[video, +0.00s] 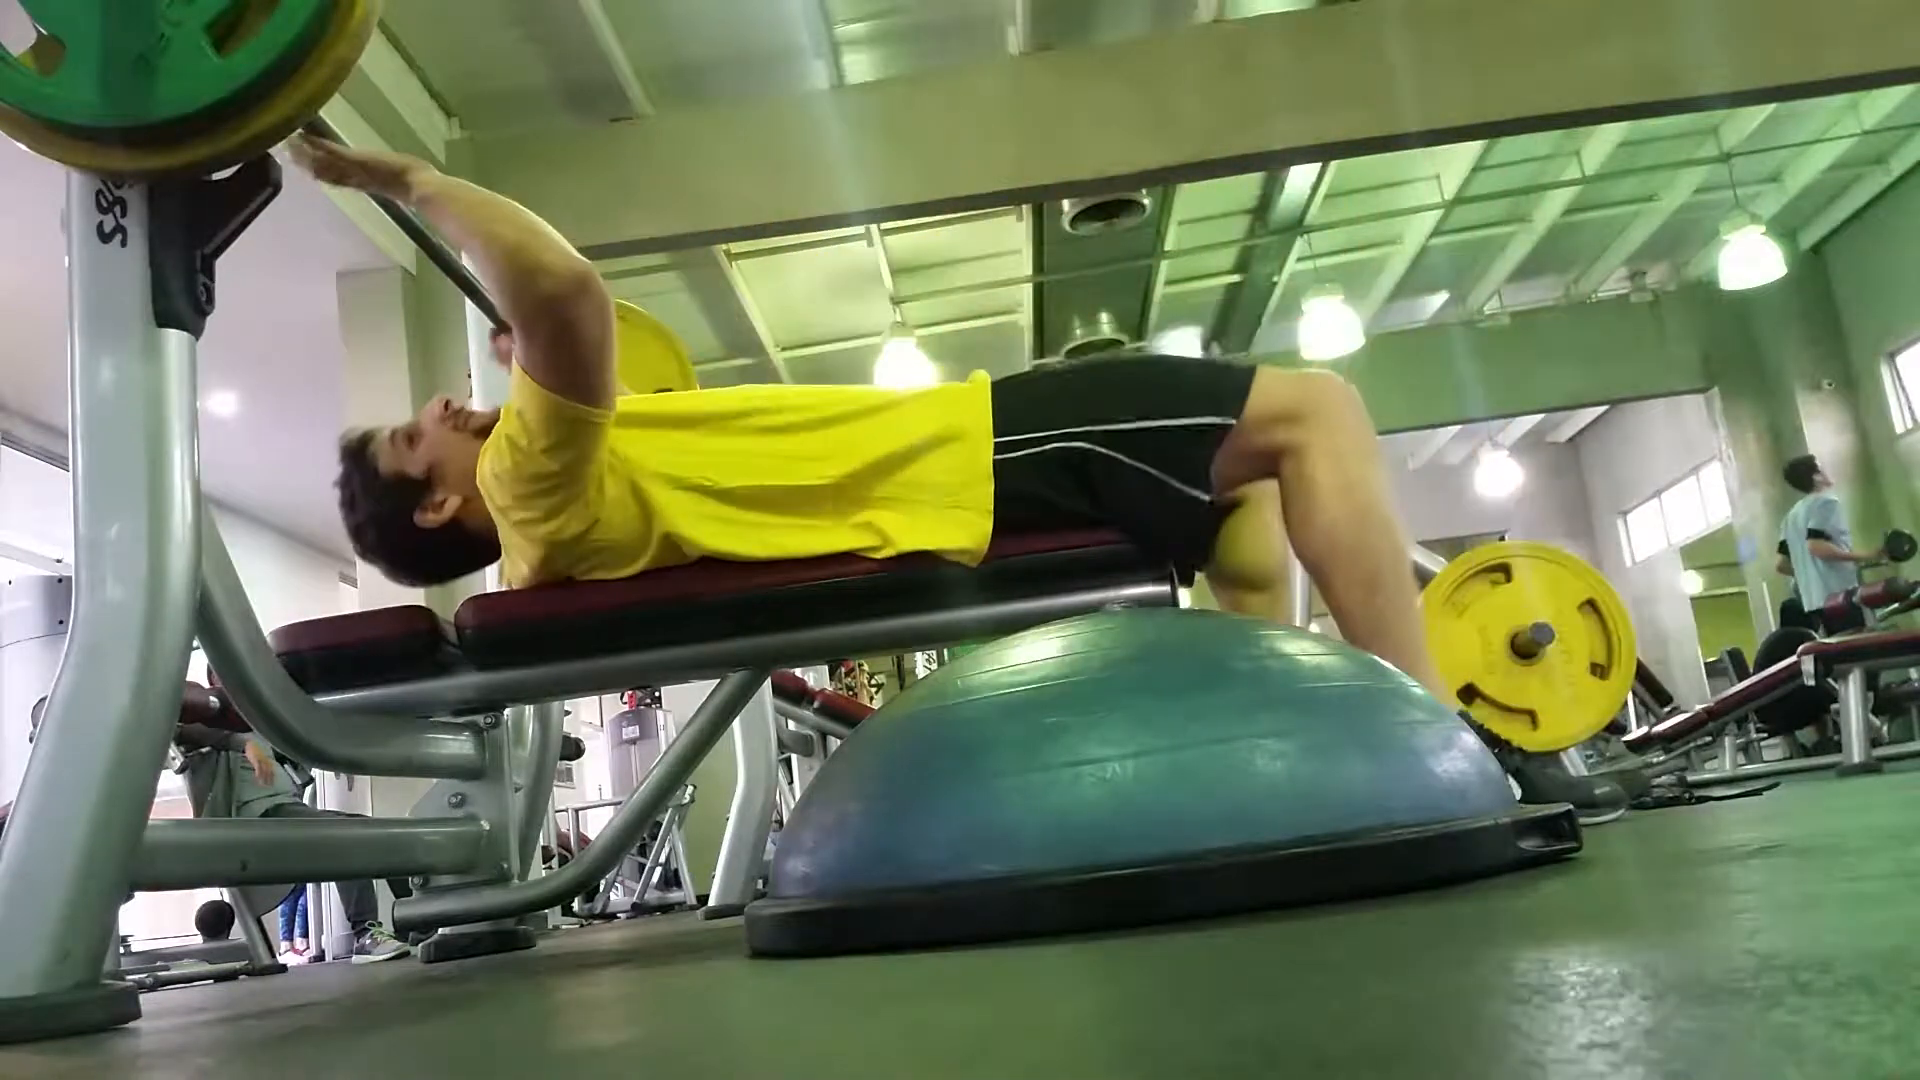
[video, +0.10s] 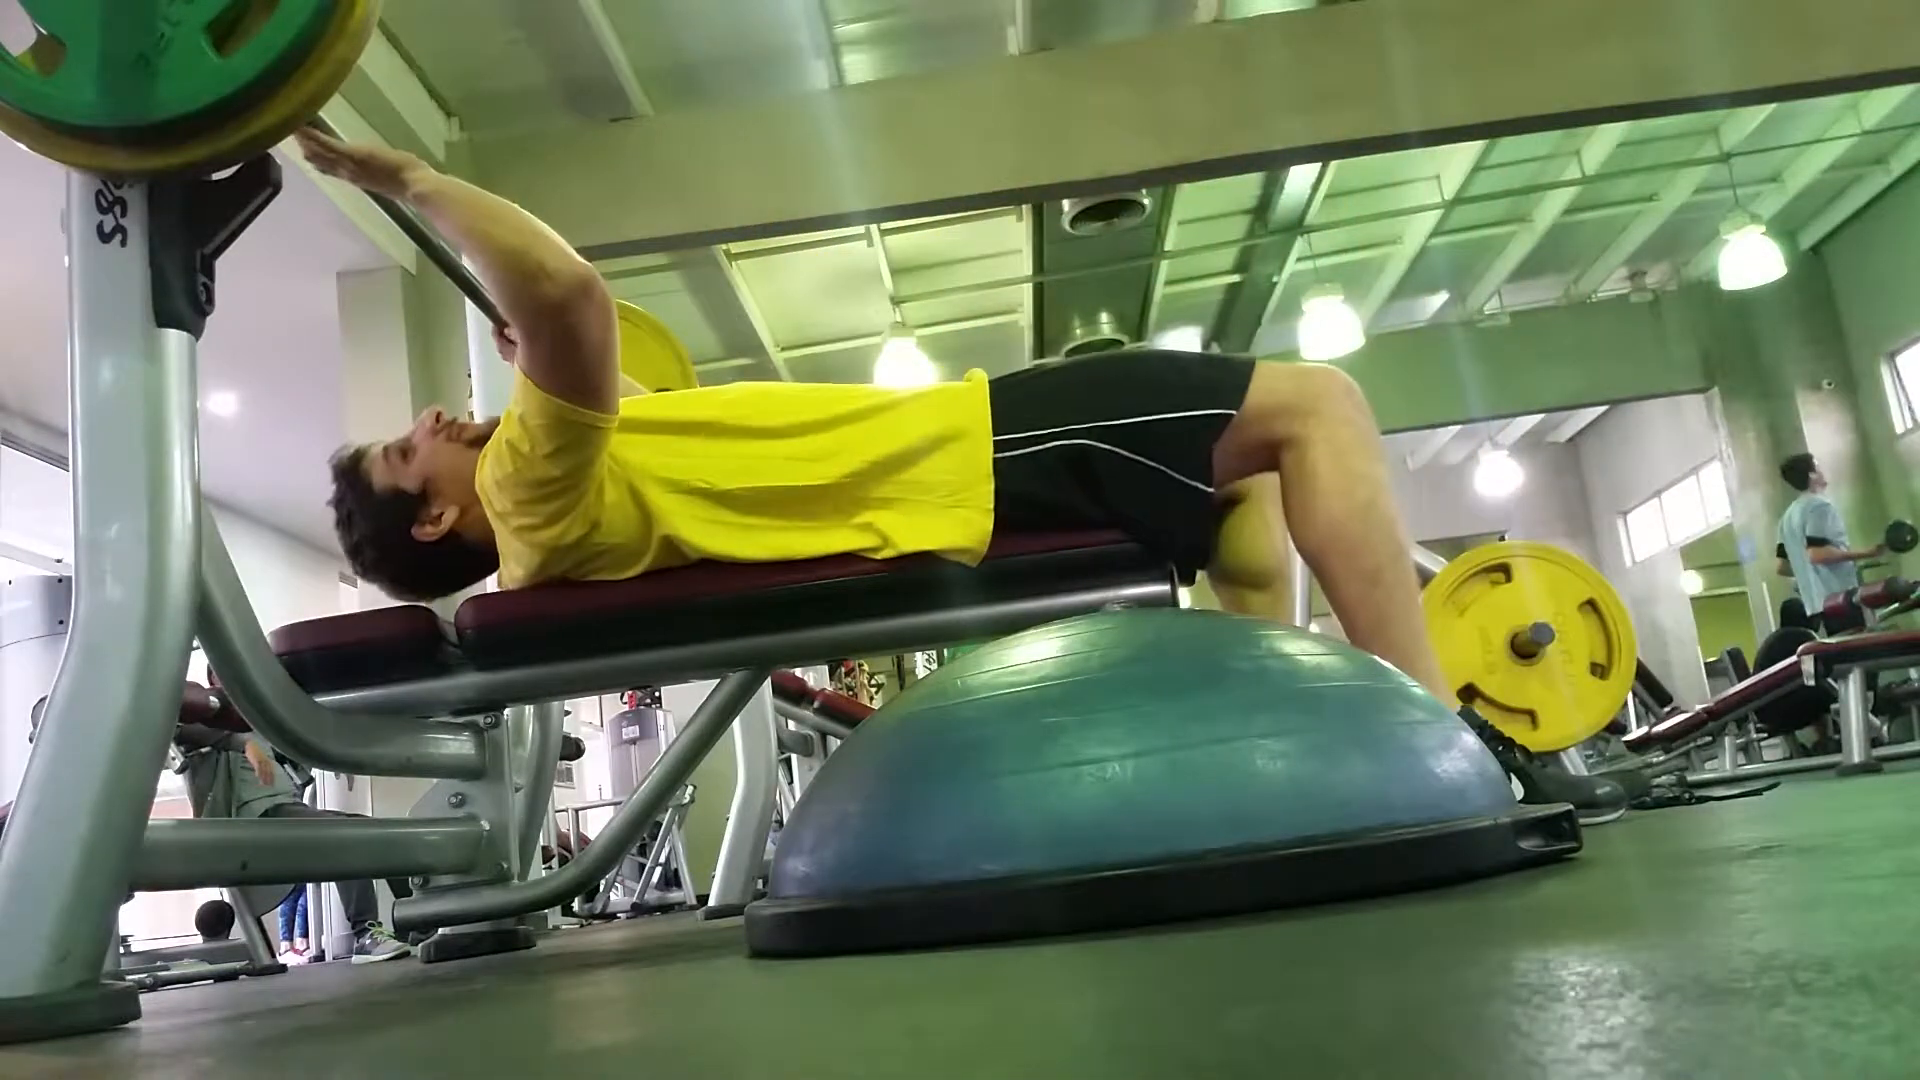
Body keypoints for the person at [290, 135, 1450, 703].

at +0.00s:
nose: (454, 399)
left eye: (431, 402)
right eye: (430, 423)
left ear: (457, 440)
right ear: (437, 497)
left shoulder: (563, 466)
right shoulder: (537, 495)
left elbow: (615, 334)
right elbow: (556, 290)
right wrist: (387, 178)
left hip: (949, 463)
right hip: (954, 459)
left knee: (1245, 518)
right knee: (1311, 409)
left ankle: (1258, 766)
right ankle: (1435, 744)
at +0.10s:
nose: (450, 414)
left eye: (430, 420)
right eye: (426, 438)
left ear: (454, 494)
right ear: (439, 512)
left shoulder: (559, 491)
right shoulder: (542, 509)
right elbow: (562, 301)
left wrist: (807, 671)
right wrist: (407, 180)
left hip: (950, 470)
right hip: (951, 451)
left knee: (1247, 510)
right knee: (1307, 402)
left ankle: (1248, 779)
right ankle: (1438, 745)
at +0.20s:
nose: (437, 421)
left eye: (415, 431)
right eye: (417, 449)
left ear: (451, 484)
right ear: (433, 527)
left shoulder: (565, 475)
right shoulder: (542, 509)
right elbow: (552, 299)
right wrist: (392, 167)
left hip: (949, 464)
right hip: (954, 451)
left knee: (1251, 500)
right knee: (1306, 408)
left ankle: (1247, 767)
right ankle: (1435, 749)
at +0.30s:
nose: (430, 429)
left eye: (407, 440)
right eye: (412, 454)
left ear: (444, 482)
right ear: (430, 528)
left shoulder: (565, 467)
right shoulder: (541, 516)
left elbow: (571, 309)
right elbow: (545, 299)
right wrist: (397, 171)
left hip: (951, 449)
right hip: (953, 458)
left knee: (1250, 488)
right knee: (1306, 407)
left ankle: (1235, 758)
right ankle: (1428, 748)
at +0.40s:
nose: (429, 438)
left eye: (407, 450)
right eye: (413, 466)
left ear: (448, 484)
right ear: (436, 535)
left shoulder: (561, 474)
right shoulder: (545, 518)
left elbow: (566, 316)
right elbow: (552, 301)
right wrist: (401, 173)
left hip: (955, 451)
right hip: (962, 460)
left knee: (1250, 480)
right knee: (1306, 407)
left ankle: (1246, 758)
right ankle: (1425, 748)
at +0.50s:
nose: (435, 441)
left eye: (412, 451)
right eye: (418, 467)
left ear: (447, 484)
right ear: (437, 536)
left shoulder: (565, 480)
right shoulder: (547, 521)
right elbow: (555, 297)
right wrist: (400, 171)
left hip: (957, 461)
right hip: (964, 455)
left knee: (1251, 488)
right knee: (1306, 408)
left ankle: (1259, 762)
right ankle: (1433, 748)